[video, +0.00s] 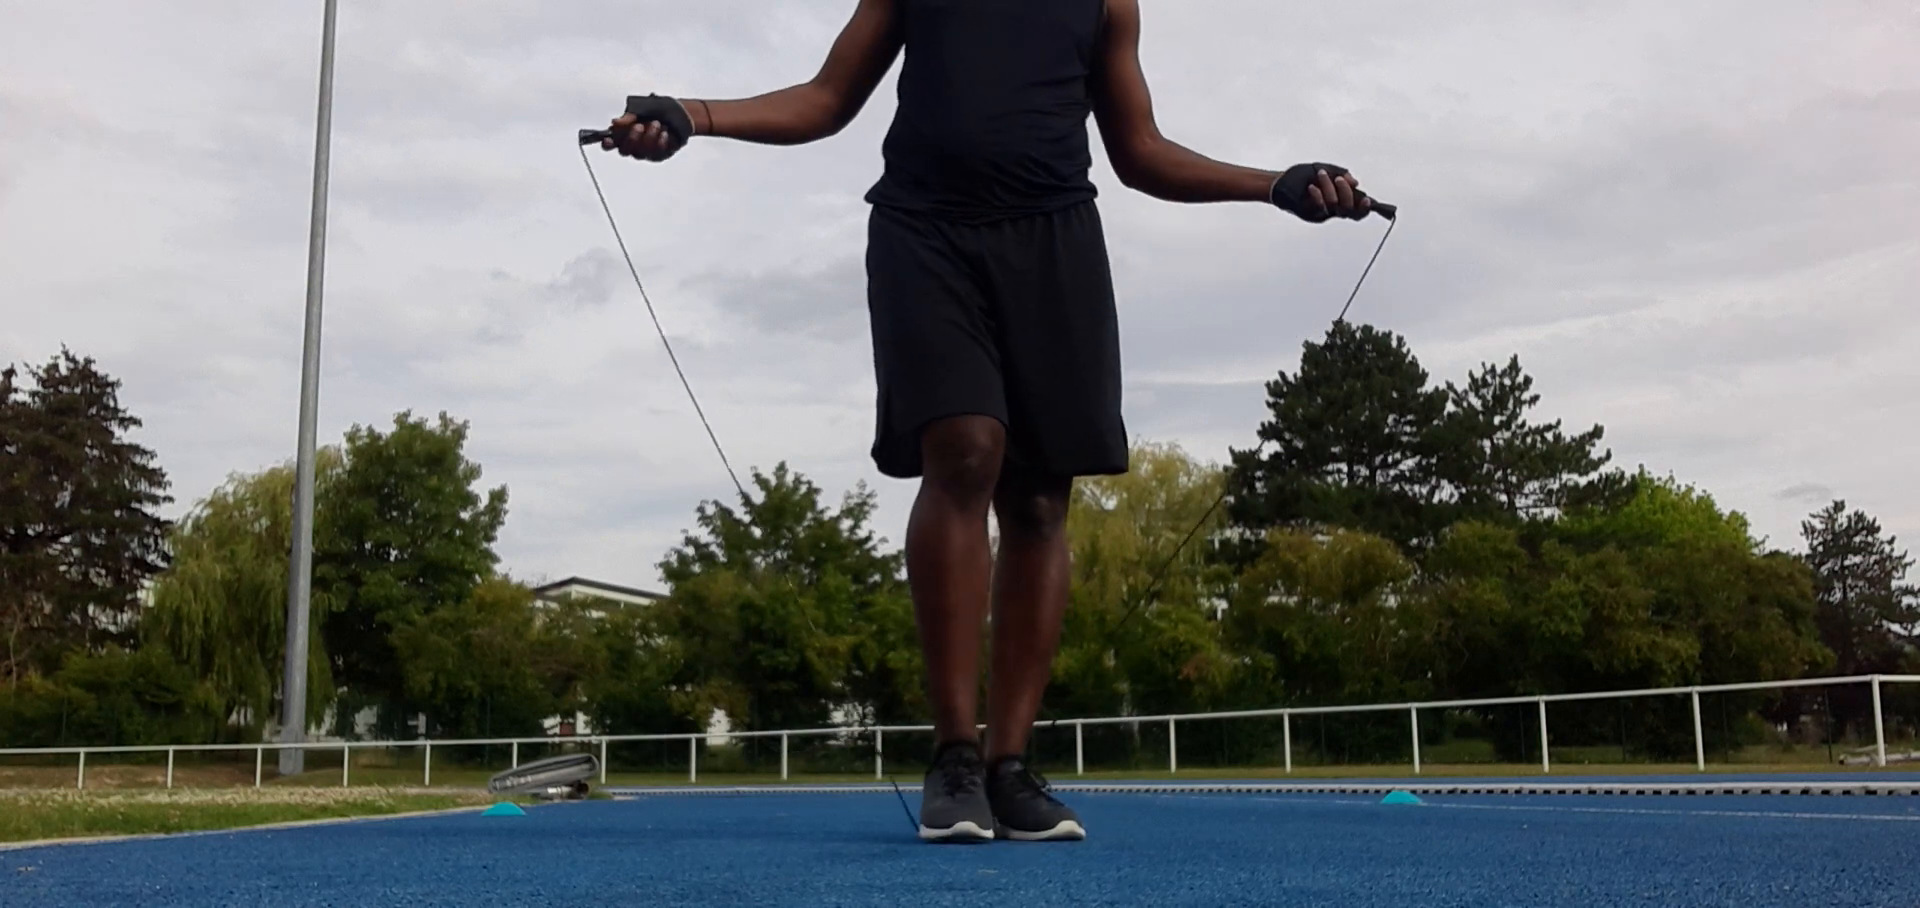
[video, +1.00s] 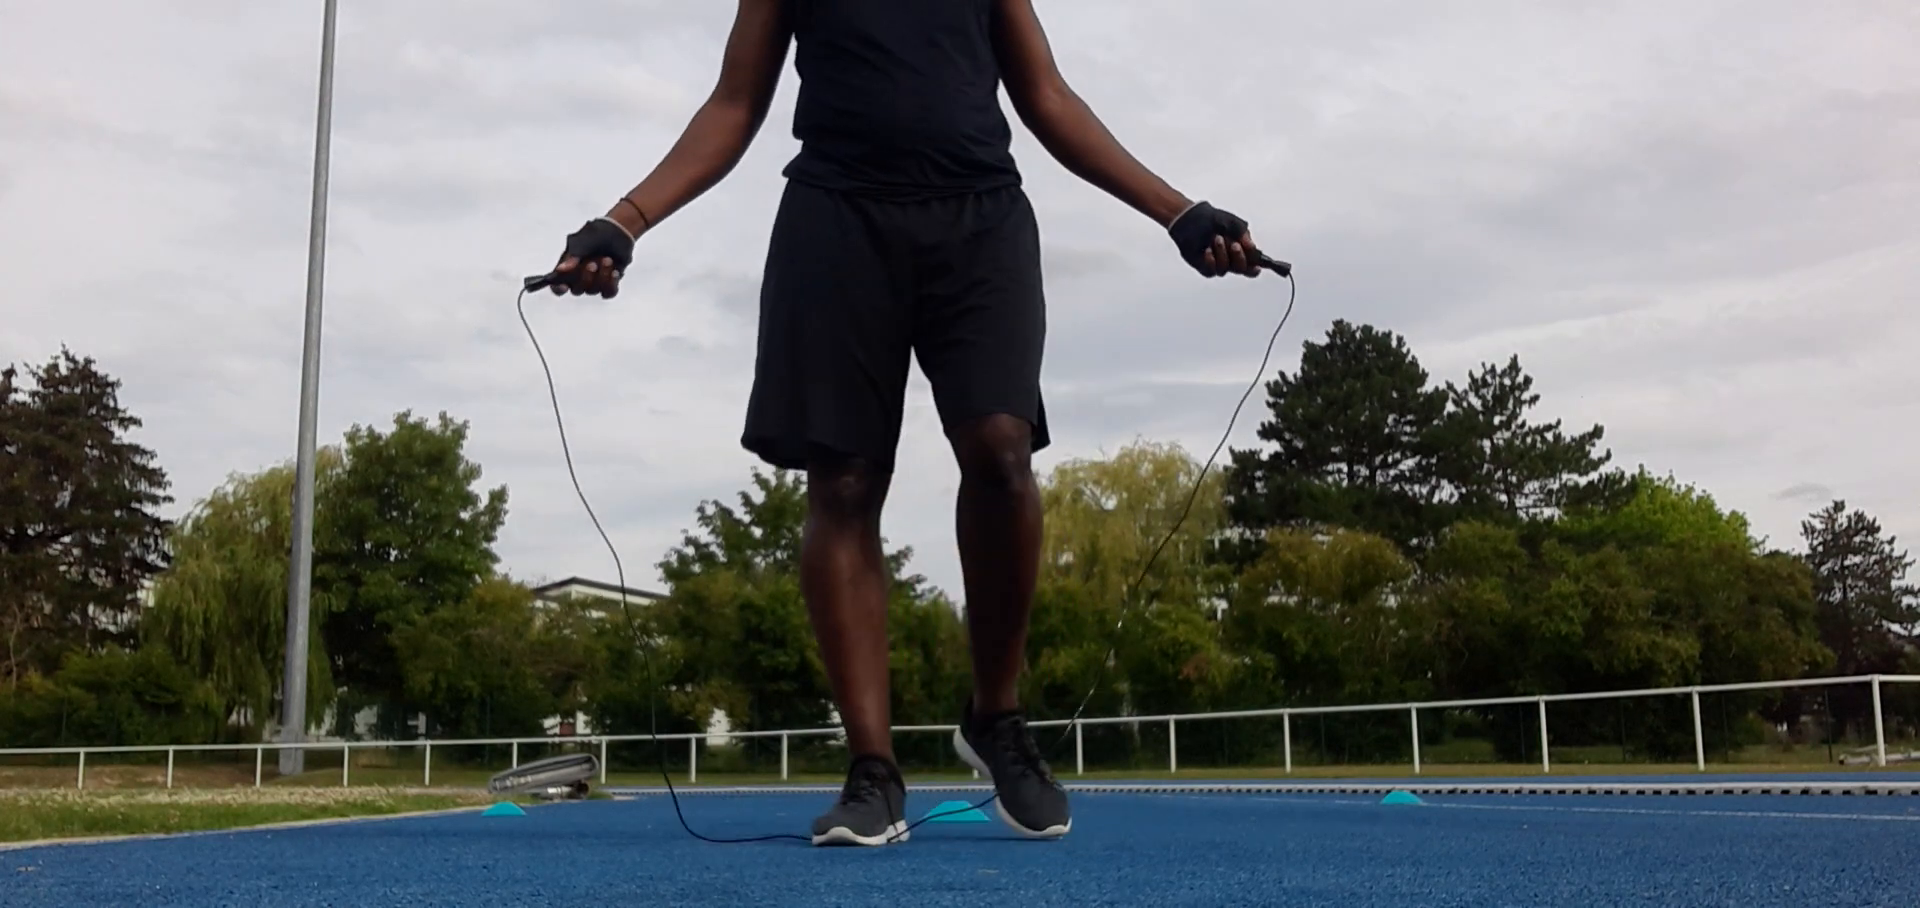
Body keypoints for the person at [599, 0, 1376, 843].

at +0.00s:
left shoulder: (1106, 13)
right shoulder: (907, 7)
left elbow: (1141, 153)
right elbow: (823, 101)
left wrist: (1279, 183)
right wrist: (690, 115)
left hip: (1053, 235)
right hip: (926, 228)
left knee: (1037, 495)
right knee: (963, 453)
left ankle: (1010, 769)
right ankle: (955, 761)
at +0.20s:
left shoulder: (1099, 14)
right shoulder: (896, 9)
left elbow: (1134, 150)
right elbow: (823, 105)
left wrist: (1267, 182)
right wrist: (685, 136)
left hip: (1046, 232)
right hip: (916, 227)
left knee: (1033, 496)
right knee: (952, 452)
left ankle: (1008, 771)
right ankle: (940, 758)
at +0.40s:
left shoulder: (1087, 13)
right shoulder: (881, 8)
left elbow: (1128, 142)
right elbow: (809, 104)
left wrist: (1255, 196)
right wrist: (671, 156)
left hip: (1032, 232)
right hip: (898, 228)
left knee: (1027, 500)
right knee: (912, 445)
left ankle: (1006, 772)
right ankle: (919, 745)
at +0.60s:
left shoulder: (1060, 4)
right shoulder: (857, 3)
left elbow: (1108, 121)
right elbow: (790, 97)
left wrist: (1241, 206)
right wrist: (658, 183)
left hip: (1019, 232)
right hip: (881, 230)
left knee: (1016, 498)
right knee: (884, 470)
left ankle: (1003, 774)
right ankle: (875, 773)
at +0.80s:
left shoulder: (1021, 3)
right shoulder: (814, 2)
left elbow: (1076, 105)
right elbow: (760, 98)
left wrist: (1211, 213)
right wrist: (636, 205)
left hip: (994, 220)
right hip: (856, 222)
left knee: (999, 494)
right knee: (862, 481)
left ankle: (999, 773)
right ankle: (872, 776)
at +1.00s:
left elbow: (1046, 97)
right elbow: (736, 100)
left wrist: (1181, 211)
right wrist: (624, 220)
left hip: (979, 216)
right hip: (838, 219)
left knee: (1000, 450)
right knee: (843, 486)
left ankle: (999, 721)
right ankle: (871, 771)